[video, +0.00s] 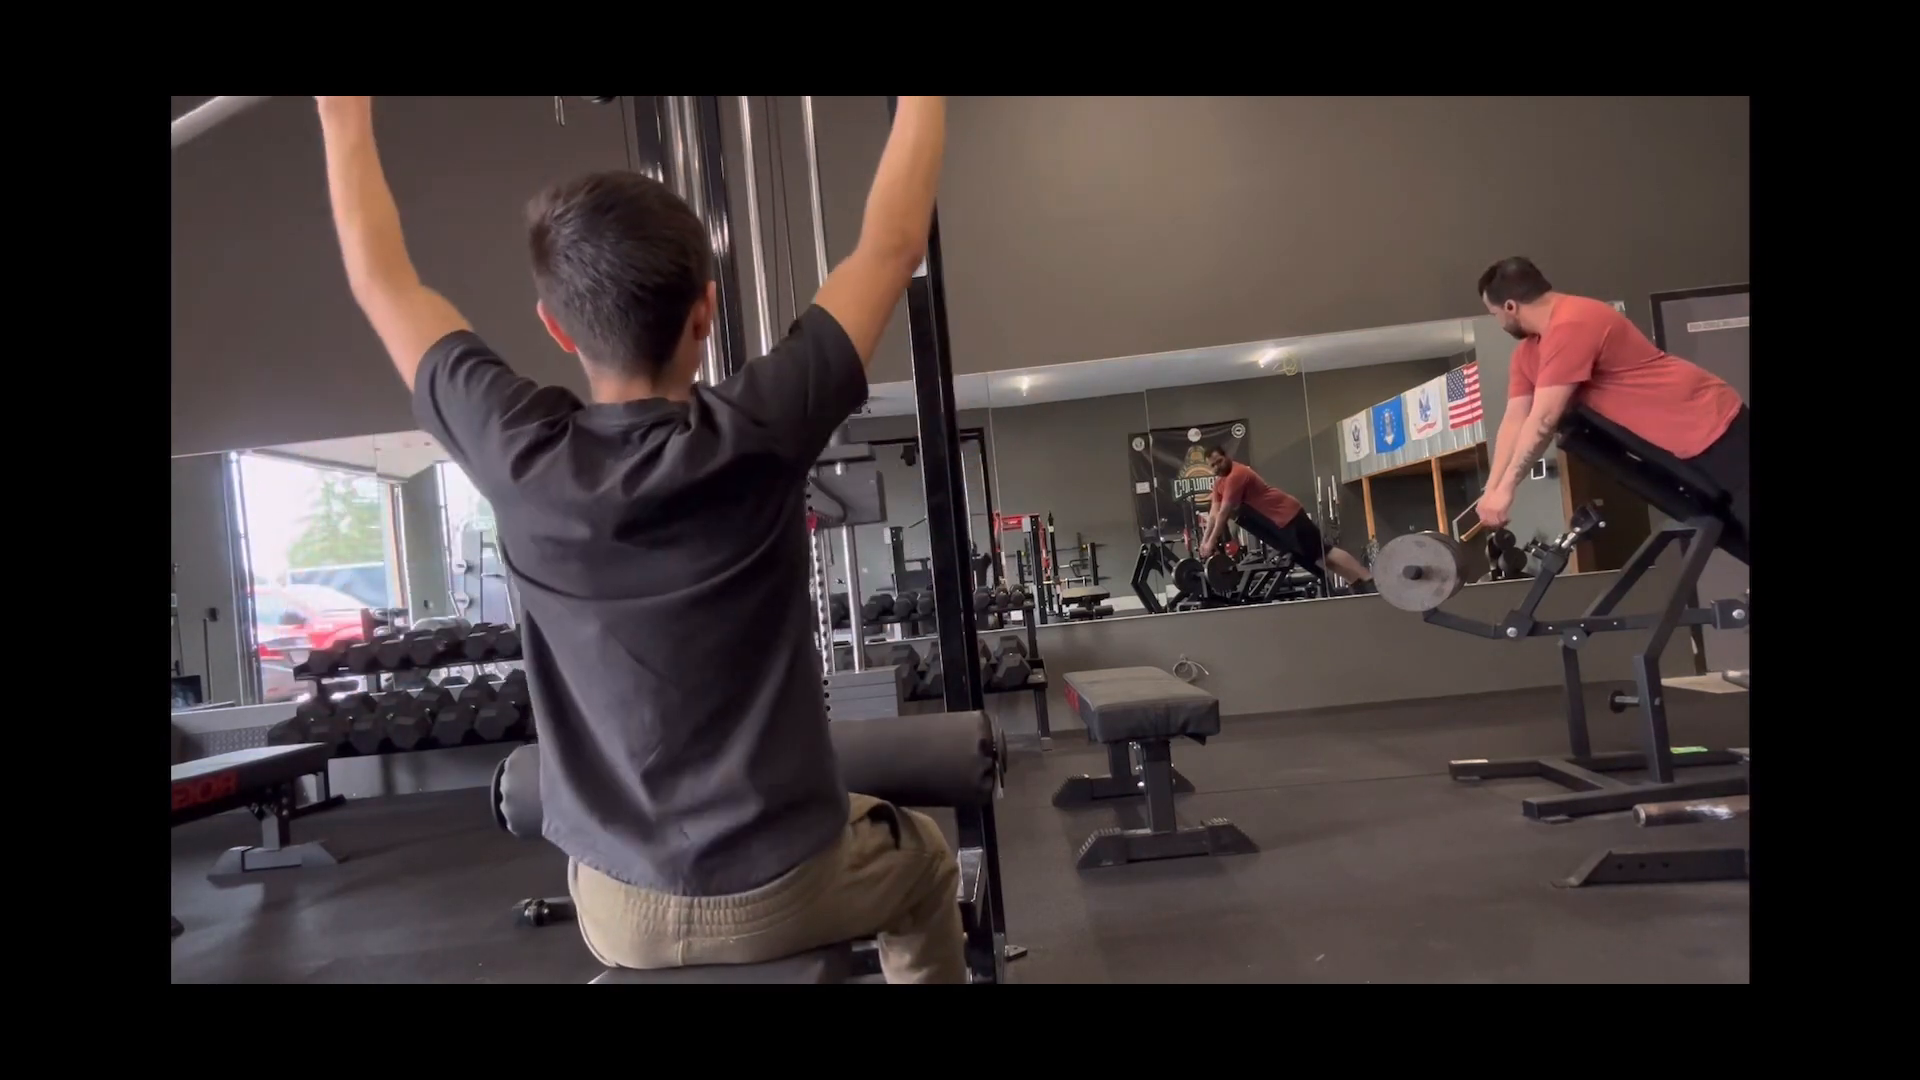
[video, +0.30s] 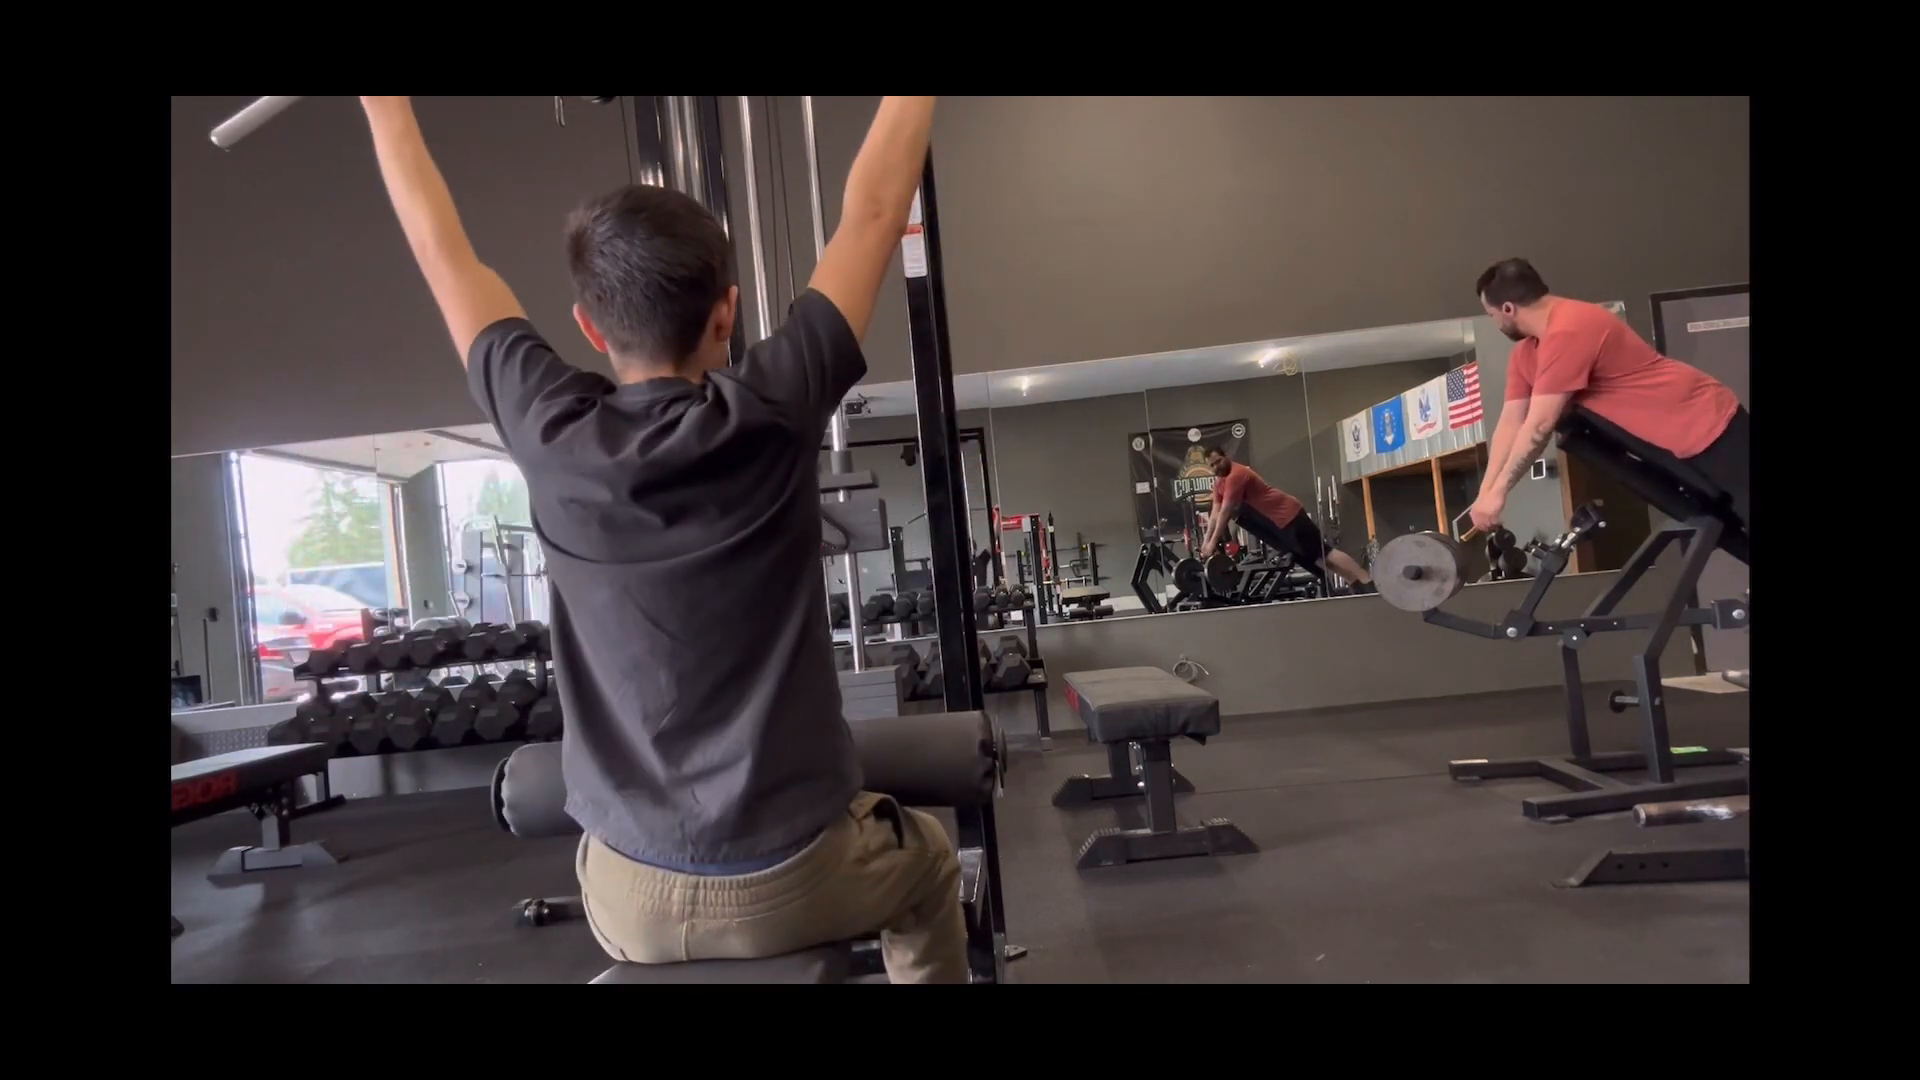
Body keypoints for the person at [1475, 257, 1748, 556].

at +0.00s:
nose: (1496, 322)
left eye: (1493, 313)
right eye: (1493, 315)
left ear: (1510, 307)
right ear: (1515, 306)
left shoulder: (1574, 323)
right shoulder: (1526, 352)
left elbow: (1544, 420)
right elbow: (1514, 418)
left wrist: (1506, 487)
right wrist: (1493, 487)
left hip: (1713, 424)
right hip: (1677, 447)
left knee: (1745, 527)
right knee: (1732, 536)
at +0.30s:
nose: (1493, 321)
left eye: (1490, 313)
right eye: (1489, 313)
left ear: (1507, 309)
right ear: (1530, 292)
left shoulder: (1570, 327)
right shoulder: (1524, 352)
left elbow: (1539, 427)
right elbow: (1510, 421)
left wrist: (1498, 490)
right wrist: (1487, 491)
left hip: (1711, 424)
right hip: (1673, 445)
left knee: (1746, 523)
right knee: (1732, 532)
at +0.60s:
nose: (1490, 326)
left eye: (1487, 317)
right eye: (1485, 318)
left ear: (1505, 310)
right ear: (1513, 307)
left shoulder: (1571, 323)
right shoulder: (1521, 358)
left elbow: (1545, 420)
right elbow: (1512, 423)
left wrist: (1504, 486)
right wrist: (1496, 490)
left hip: (1706, 420)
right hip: (1667, 446)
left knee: (1745, 520)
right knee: (1729, 532)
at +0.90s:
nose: (1495, 333)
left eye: (1492, 323)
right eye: (1489, 327)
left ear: (1513, 306)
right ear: (1513, 308)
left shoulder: (1573, 322)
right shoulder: (1526, 359)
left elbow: (1550, 420)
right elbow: (1516, 426)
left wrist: (1510, 486)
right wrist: (1500, 491)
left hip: (1712, 423)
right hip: (1675, 450)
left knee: (1745, 526)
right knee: (1732, 535)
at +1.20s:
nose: (1496, 343)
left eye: (1493, 332)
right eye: (1489, 337)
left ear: (1513, 307)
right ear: (1511, 310)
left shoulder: (1570, 324)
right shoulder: (1526, 364)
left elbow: (1579, 417)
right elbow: (1535, 424)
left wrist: (1542, 480)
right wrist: (1530, 484)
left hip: (1709, 421)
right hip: (1672, 448)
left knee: (1745, 520)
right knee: (1732, 534)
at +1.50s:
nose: (1490, 356)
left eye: (1484, 346)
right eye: (1483, 350)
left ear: (1499, 326)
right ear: (1499, 329)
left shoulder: (1561, 329)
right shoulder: (1530, 373)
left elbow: (1591, 418)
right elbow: (1568, 431)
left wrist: (1578, 480)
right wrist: (1574, 486)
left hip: (1706, 423)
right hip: (1667, 453)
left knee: (1746, 515)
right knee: (1730, 534)